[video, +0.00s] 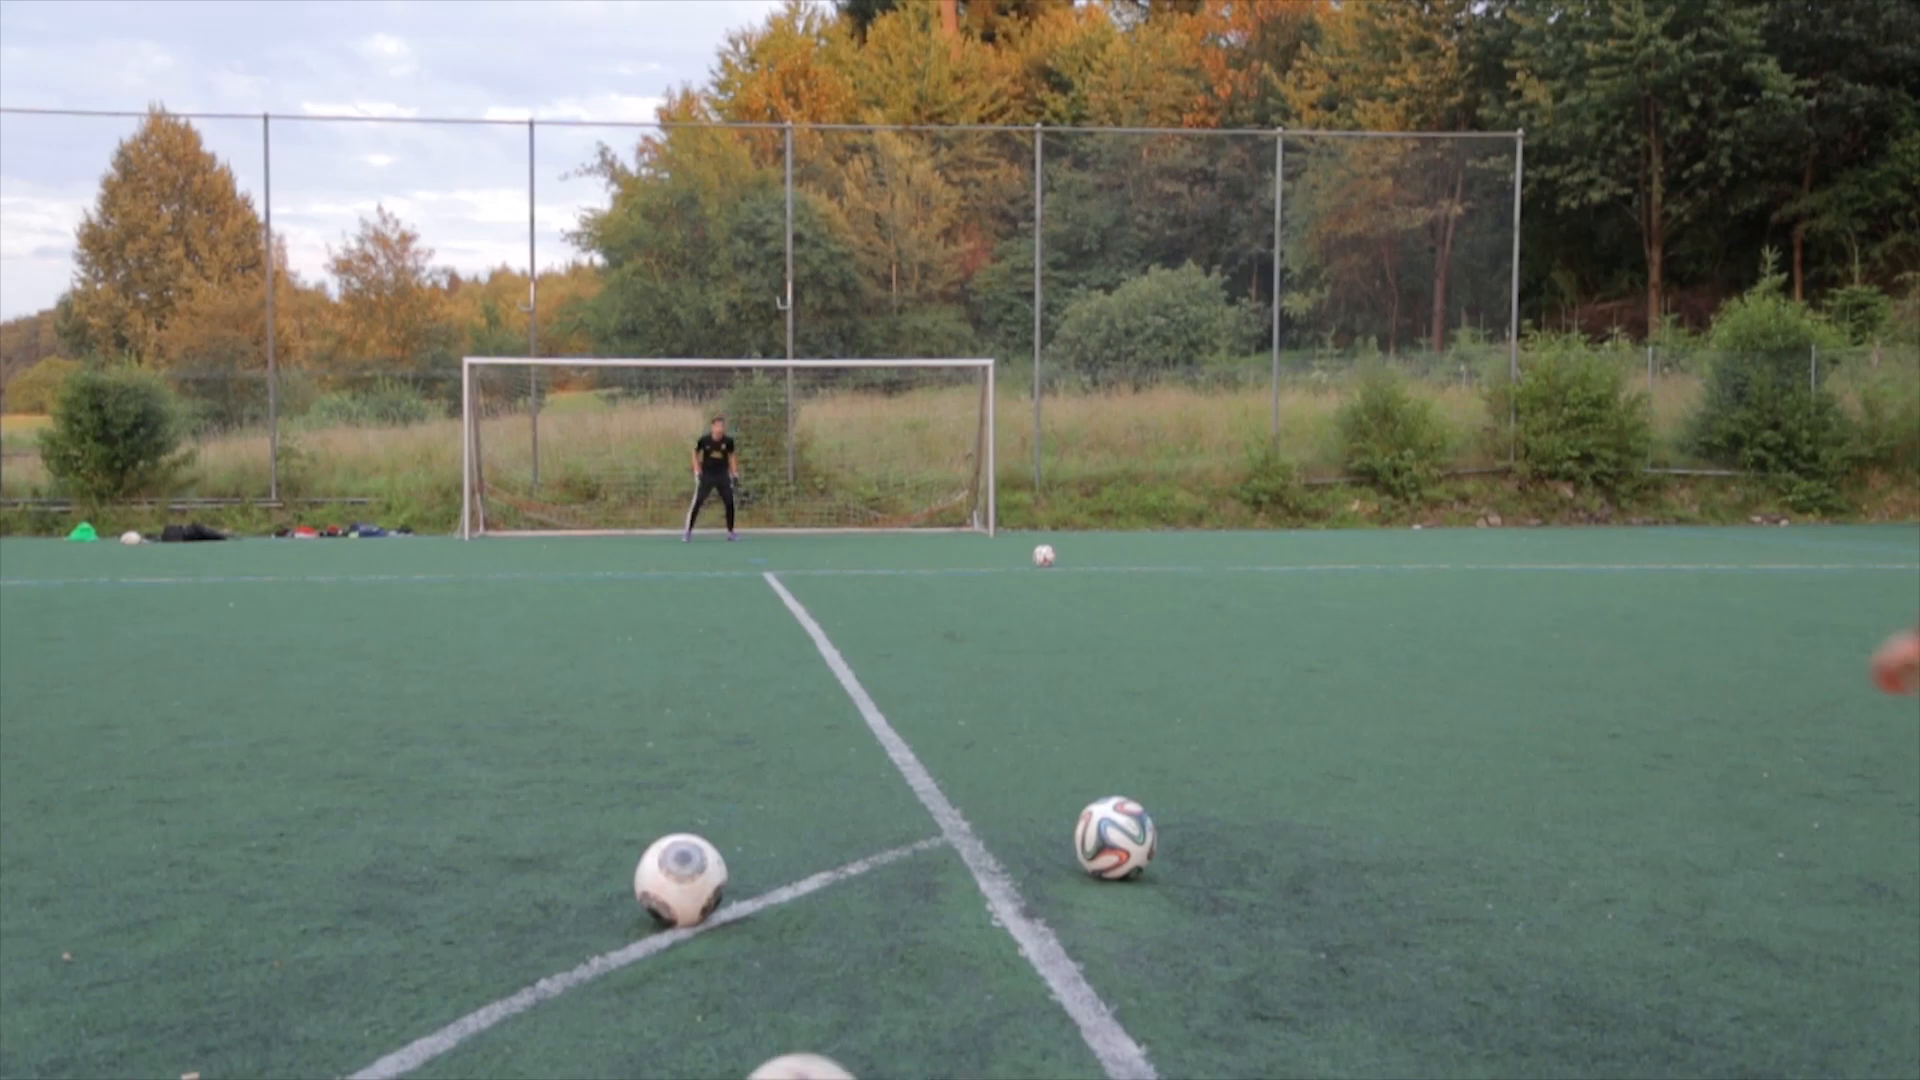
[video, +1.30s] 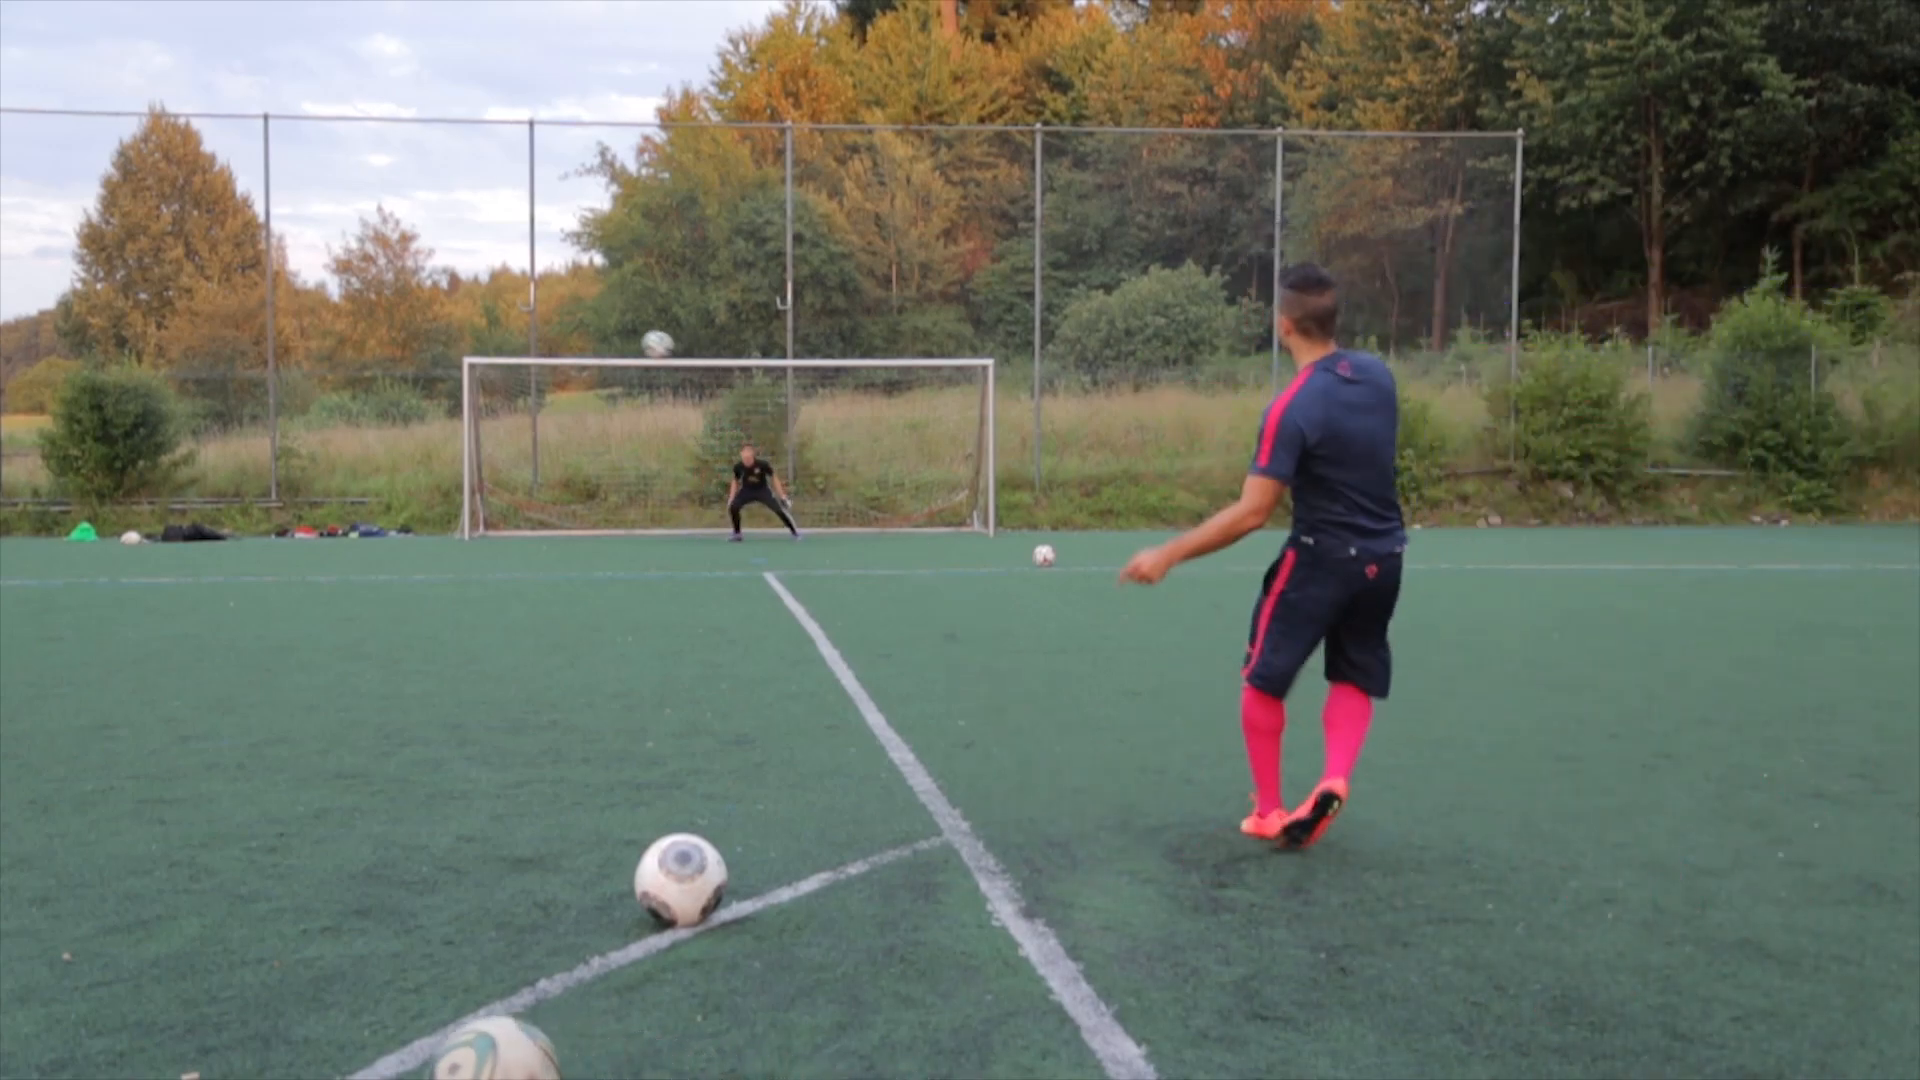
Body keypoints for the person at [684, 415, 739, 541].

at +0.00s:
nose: (718, 429)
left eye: (720, 426)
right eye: (716, 426)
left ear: (724, 428)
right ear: (712, 427)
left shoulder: (728, 442)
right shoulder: (704, 441)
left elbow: (731, 456)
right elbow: (695, 453)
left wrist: (734, 471)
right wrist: (697, 469)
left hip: (723, 476)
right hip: (706, 476)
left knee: (729, 503)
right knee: (697, 502)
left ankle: (730, 530)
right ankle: (688, 531)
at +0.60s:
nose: (726, 446)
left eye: (728, 443)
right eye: (723, 443)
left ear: (731, 444)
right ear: (719, 444)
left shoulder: (736, 457)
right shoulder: (712, 457)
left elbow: (741, 473)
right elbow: (704, 472)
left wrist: (743, 488)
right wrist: (700, 488)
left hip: (731, 486)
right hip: (714, 485)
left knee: (739, 507)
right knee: (704, 507)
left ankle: (747, 532)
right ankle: (699, 534)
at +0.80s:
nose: (737, 442)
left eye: (739, 439)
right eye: (735, 439)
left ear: (743, 439)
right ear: (731, 439)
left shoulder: (750, 450)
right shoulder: (725, 451)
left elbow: (755, 464)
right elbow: (717, 465)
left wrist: (758, 478)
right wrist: (713, 482)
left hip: (746, 482)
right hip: (730, 481)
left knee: (749, 506)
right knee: (717, 505)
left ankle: (749, 532)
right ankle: (705, 532)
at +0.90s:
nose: (743, 438)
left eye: (745, 435)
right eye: (741, 436)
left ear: (748, 435)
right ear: (736, 435)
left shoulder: (756, 445)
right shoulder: (731, 447)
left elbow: (761, 457)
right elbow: (721, 459)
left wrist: (766, 469)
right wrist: (718, 477)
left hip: (753, 476)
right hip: (737, 476)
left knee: (760, 500)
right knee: (726, 500)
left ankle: (755, 529)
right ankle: (721, 527)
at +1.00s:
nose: (749, 437)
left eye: (751, 434)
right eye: (747, 434)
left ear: (754, 436)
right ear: (742, 435)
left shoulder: (762, 447)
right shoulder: (736, 449)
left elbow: (770, 459)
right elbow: (727, 461)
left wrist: (775, 472)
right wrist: (724, 478)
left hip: (759, 476)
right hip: (743, 476)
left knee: (770, 499)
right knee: (736, 499)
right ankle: (734, 527)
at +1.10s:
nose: (755, 447)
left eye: (757, 444)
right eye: (753, 444)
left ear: (760, 444)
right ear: (748, 445)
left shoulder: (768, 454)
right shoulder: (742, 457)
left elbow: (775, 468)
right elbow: (733, 468)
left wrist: (783, 482)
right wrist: (729, 484)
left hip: (765, 483)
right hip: (749, 484)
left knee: (779, 504)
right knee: (743, 505)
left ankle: (795, 530)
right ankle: (746, 532)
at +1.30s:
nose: (747, 461)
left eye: (749, 458)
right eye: (744, 458)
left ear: (753, 456)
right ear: (741, 458)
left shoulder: (763, 465)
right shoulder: (739, 468)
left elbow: (774, 479)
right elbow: (735, 483)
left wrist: (782, 496)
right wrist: (731, 499)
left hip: (762, 492)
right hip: (746, 493)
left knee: (778, 510)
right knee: (733, 508)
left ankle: (794, 533)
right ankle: (737, 534)